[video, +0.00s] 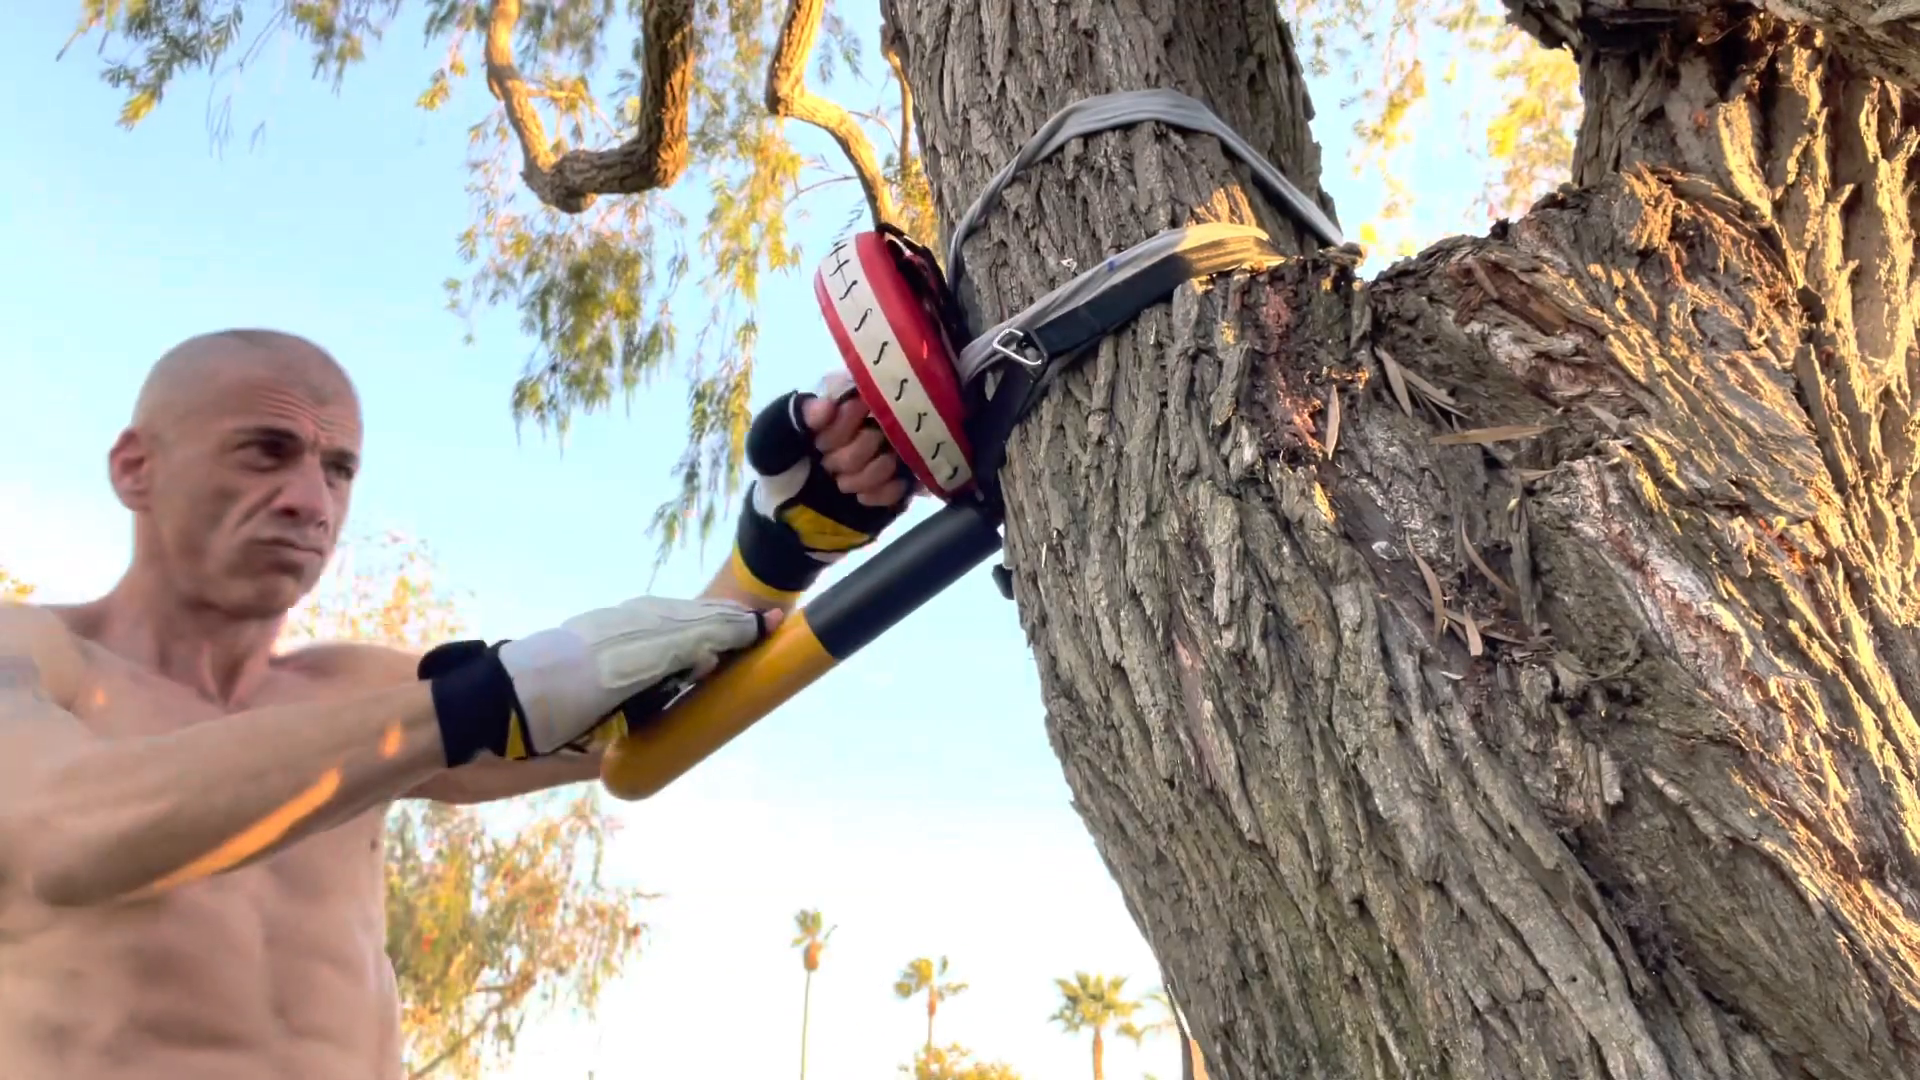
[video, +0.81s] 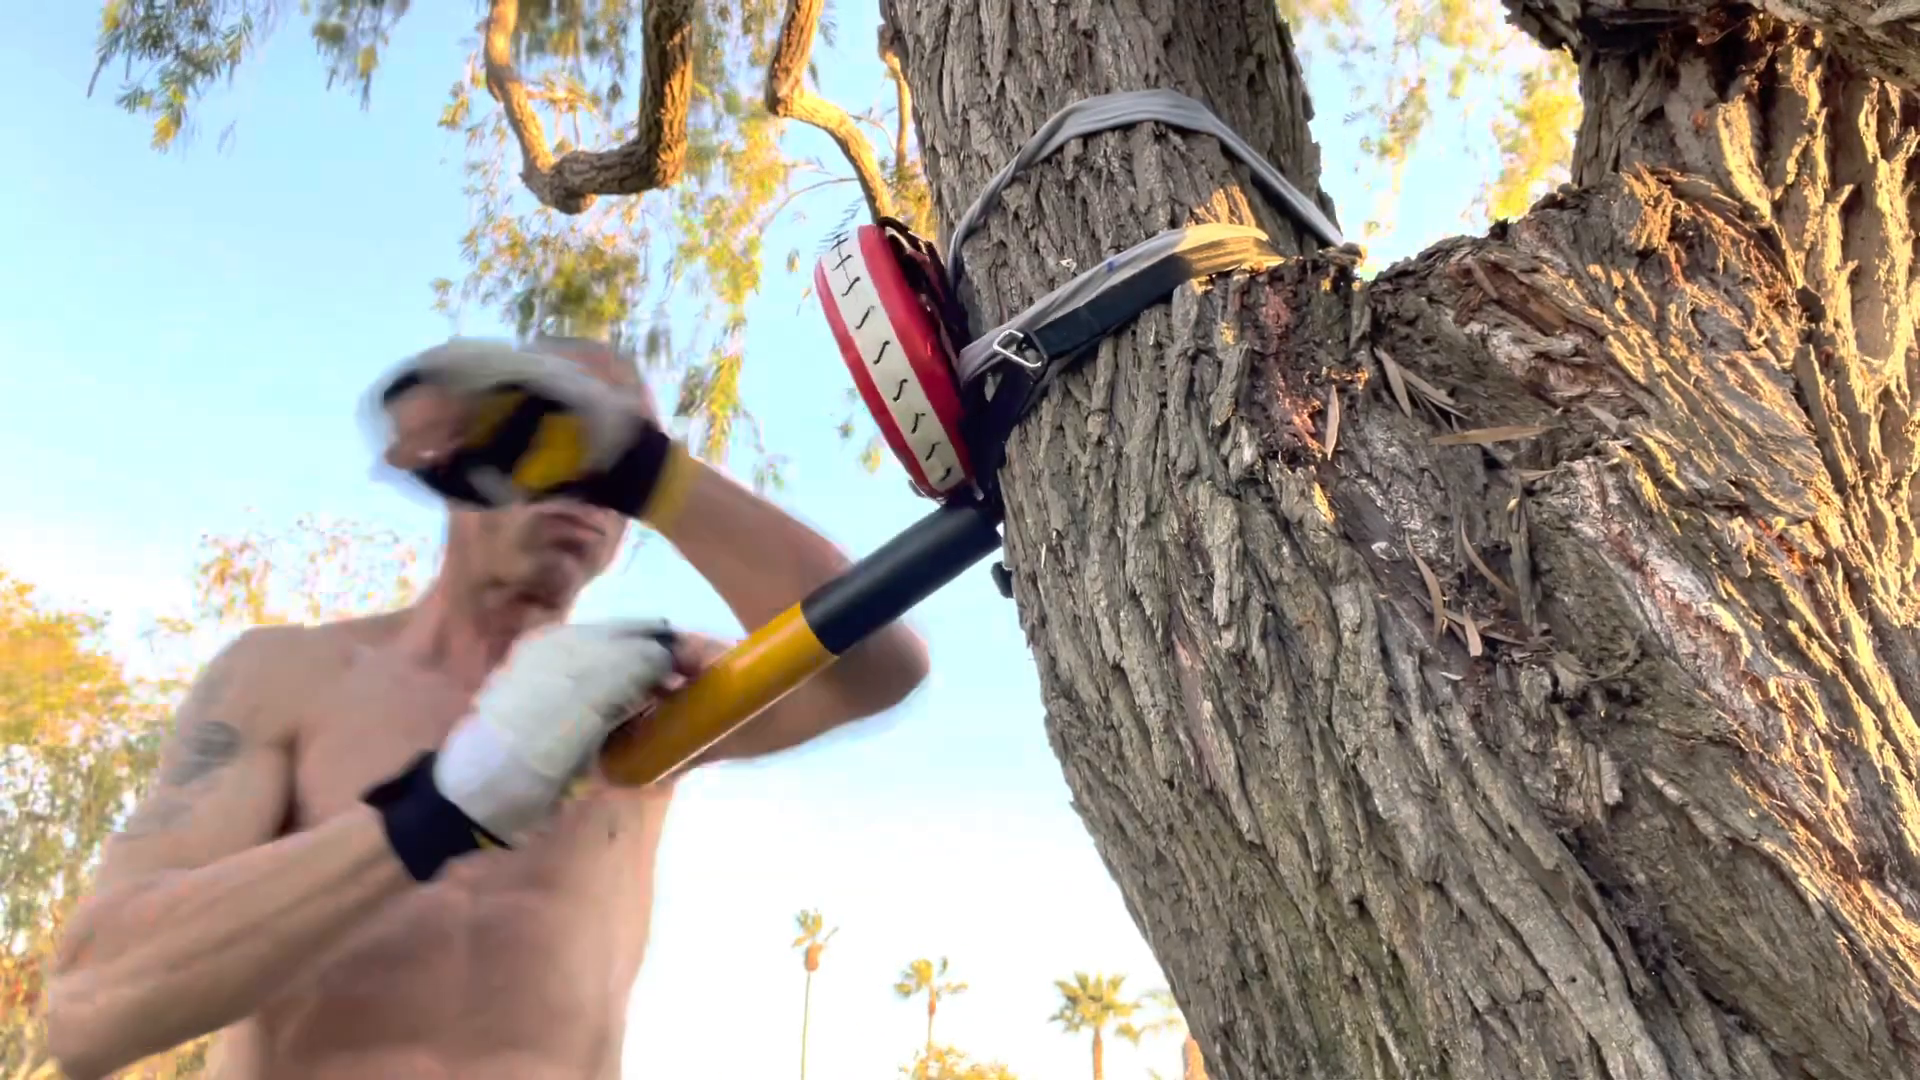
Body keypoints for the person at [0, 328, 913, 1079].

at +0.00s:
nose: (311, 498)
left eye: (336, 473)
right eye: (264, 451)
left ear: (352, 503)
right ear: (135, 468)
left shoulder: (354, 690)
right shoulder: (27, 653)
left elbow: (622, 740)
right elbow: (59, 846)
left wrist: (786, 539)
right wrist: (475, 701)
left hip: (347, 1059)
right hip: (96, 1061)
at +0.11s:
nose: (300, 494)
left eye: (326, 467)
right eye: (251, 448)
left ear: (344, 498)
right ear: (124, 469)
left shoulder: (360, 686)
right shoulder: (26, 664)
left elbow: (633, 752)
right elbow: (43, 862)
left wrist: (774, 540)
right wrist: (455, 722)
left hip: (361, 1059)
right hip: (95, 1066)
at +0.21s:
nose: (348, 489)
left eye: (375, 459)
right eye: (298, 439)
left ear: (393, 489)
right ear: (176, 465)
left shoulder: (419, 673)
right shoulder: (47, 655)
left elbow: (686, 708)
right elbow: (71, 885)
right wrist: (498, 745)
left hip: (405, 1058)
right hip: (138, 1062)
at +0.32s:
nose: (469, 460)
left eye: (497, 436)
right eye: (425, 418)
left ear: (523, 465)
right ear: (302, 444)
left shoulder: (523, 670)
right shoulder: (159, 682)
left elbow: (565, 509)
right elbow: (100, 941)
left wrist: (176, 484)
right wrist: (507, 775)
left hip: (489, 1058)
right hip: (238, 1060)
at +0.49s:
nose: (608, 434)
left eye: (636, 412)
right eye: (565, 396)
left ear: (668, 439)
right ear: (458, 427)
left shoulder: (677, 619)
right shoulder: (320, 671)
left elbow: (835, 425)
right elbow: (144, 985)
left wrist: (509, 494)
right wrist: (510, 800)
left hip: (616, 1057)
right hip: (366, 1060)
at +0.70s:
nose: (652, 447)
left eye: (679, 430)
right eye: (617, 405)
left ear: (697, 475)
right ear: (511, 435)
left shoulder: (695, 644)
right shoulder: (350, 669)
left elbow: (843, 484)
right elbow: (142, 984)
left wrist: (468, 448)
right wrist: (504, 826)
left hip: (622, 1053)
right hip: (367, 1054)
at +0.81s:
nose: (585, 495)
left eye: (613, 472)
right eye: (546, 448)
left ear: (628, 514)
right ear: (459, 459)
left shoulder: (630, 693)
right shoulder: (278, 675)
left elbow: (882, 667)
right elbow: (87, 1009)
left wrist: (641, 461)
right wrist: (447, 806)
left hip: (557, 1058)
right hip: (303, 1061)